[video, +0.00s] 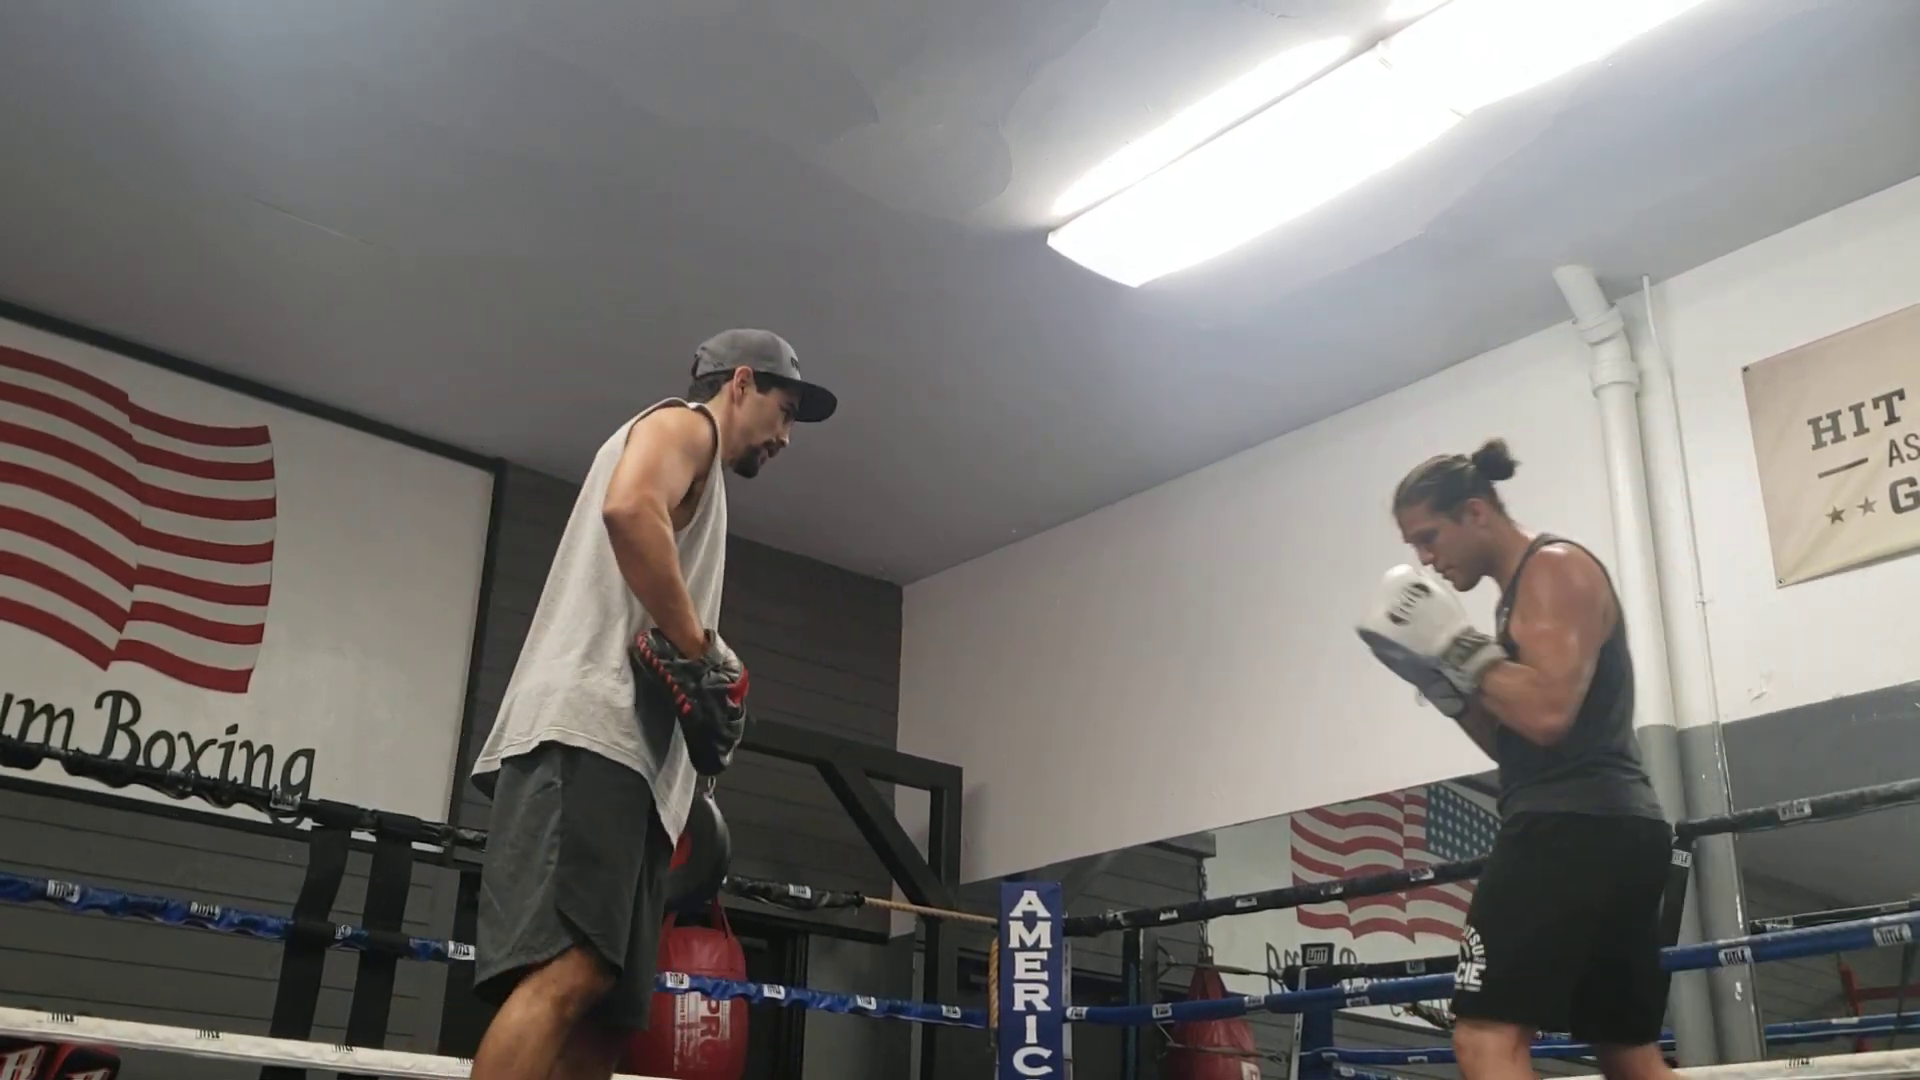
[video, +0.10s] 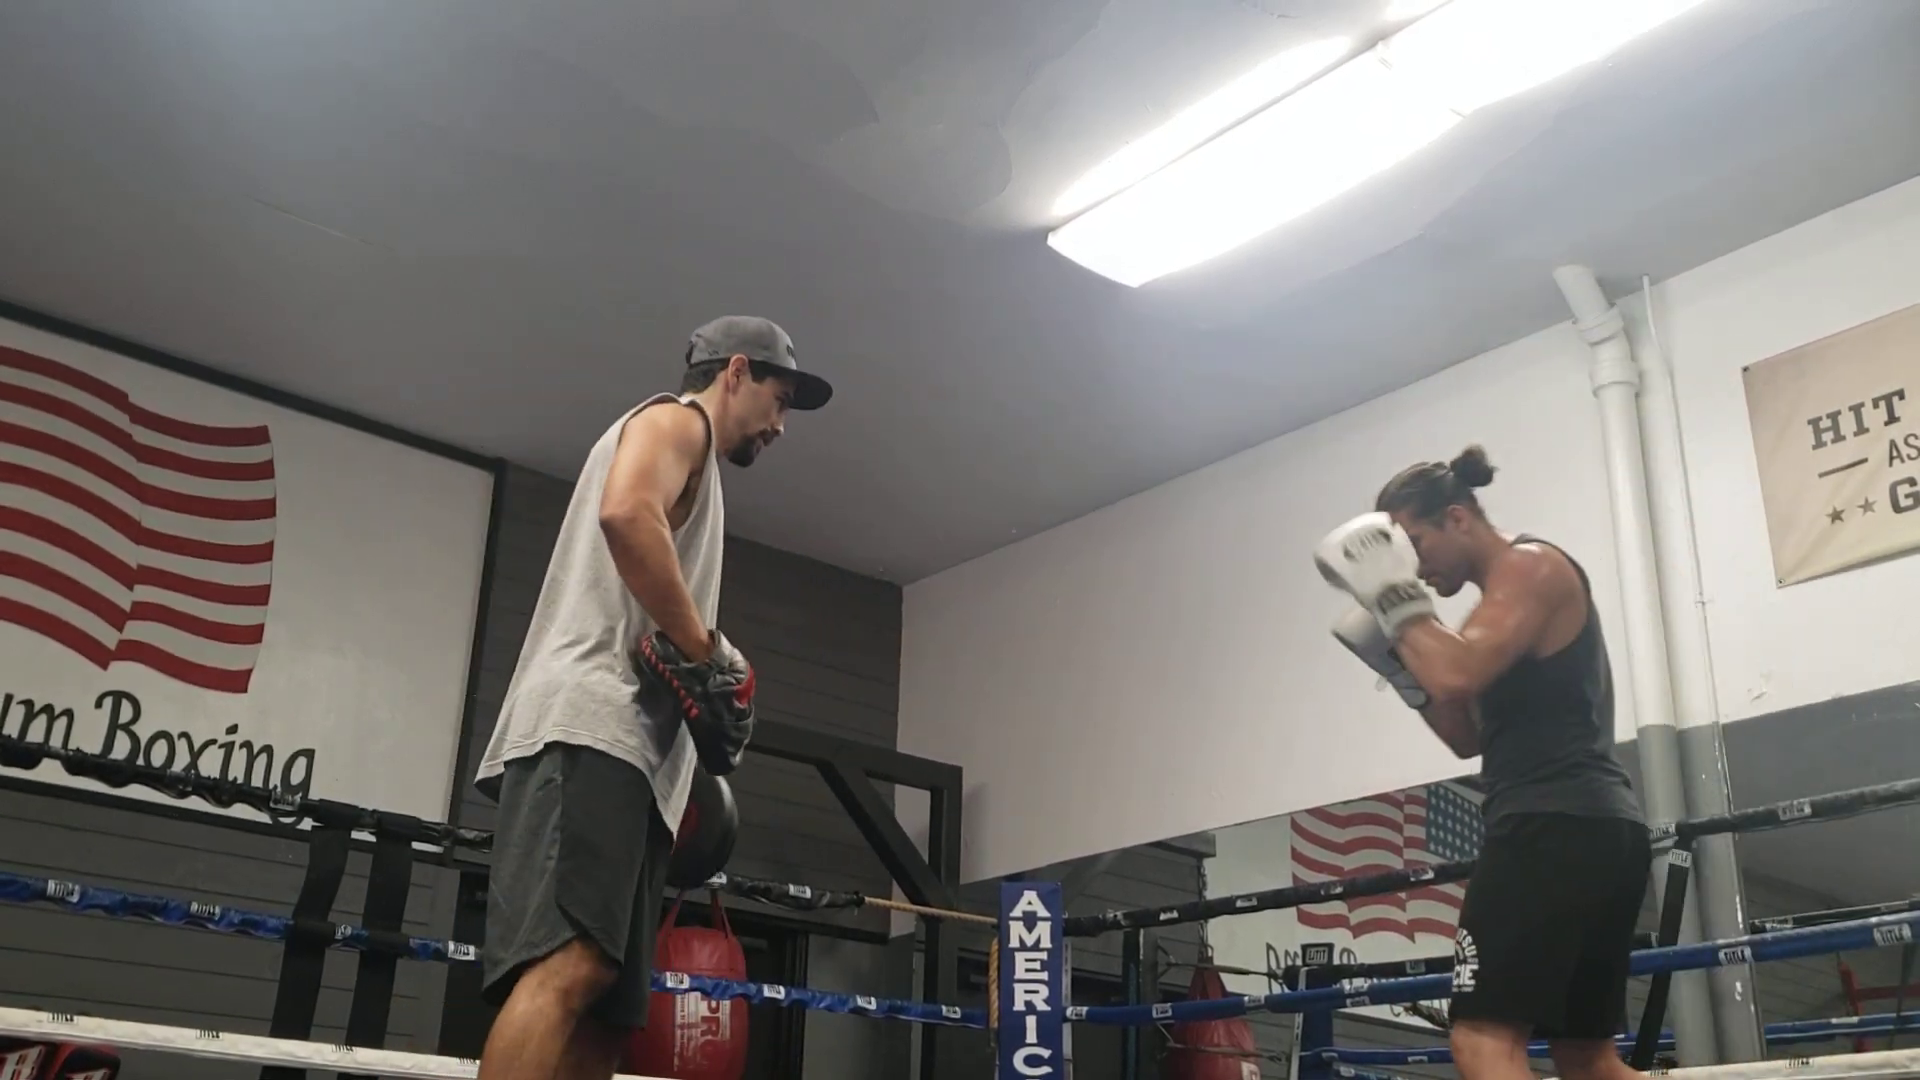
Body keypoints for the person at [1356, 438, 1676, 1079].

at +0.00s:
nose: (1425, 559)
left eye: (1428, 538)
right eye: (1415, 547)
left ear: (1477, 512)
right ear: (1476, 516)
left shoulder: (1557, 567)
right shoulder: (1516, 601)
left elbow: (1549, 714)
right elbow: (1518, 749)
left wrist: (1458, 642)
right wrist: (1448, 689)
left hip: (1566, 828)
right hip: (1619, 829)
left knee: (1487, 1039)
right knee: (1630, 1050)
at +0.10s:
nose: (1414, 563)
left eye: (1415, 542)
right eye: (1406, 551)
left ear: (1459, 516)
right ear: (1458, 520)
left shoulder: (1531, 566)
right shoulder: (1506, 594)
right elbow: (1472, 740)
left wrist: (1393, 592)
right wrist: (1400, 669)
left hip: (1549, 825)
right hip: (1603, 824)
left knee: (1484, 1041)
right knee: (1586, 1054)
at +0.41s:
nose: (1393, 608)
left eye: (1397, 587)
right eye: (1383, 596)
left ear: (1444, 566)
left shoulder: (1510, 600)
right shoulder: (1471, 654)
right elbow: (1468, 800)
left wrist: (1428, 643)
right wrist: (1405, 732)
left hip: (1548, 846)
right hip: (1523, 852)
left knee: (1514, 1049)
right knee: (1525, 1051)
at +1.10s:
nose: (1404, 569)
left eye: (1416, 550)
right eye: (1392, 557)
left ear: (1460, 544)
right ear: (1387, 563)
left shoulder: (1523, 603)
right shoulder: (1415, 648)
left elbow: (1585, 710)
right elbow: (1391, 768)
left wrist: (1498, 642)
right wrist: (1364, 691)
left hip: (1541, 848)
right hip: (1464, 862)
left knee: (1574, 1050)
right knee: (1451, 1053)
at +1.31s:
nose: (1360, 599)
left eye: (1370, 580)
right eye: (1349, 587)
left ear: (1414, 570)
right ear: (1344, 588)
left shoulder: (1476, 617)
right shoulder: (1378, 667)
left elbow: (1523, 714)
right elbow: (1357, 795)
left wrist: (1434, 641)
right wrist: (1319, 717)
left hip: (1505, 870)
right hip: (1422, 881)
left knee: (1552, 1061)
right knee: (1365, 1059)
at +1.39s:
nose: (1323, 629)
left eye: (1334, 610)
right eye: (1315, 617)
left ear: (1381, 601)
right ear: (1311, 619)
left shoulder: (1445, 650)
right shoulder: (1355, 703)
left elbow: (1488, 746)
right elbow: (1345, 828)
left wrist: (1398, 677)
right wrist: (1303, 756)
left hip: (1481, 902)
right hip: (1401, 915)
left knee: (1547, 1071)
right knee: (1344, 1071)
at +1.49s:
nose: (1271, 639)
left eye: (1282, 622)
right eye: (1262, 628)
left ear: (1324, 611)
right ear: (1257, 630)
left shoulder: (1389, 660)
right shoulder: (1306, 711)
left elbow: (1444, 762)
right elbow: (1299, 835)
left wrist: (1355, 698)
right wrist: (1259, 768)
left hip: (1418, 904)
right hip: (1343, 915)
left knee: (1486, 1069)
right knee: (1294, 1069)